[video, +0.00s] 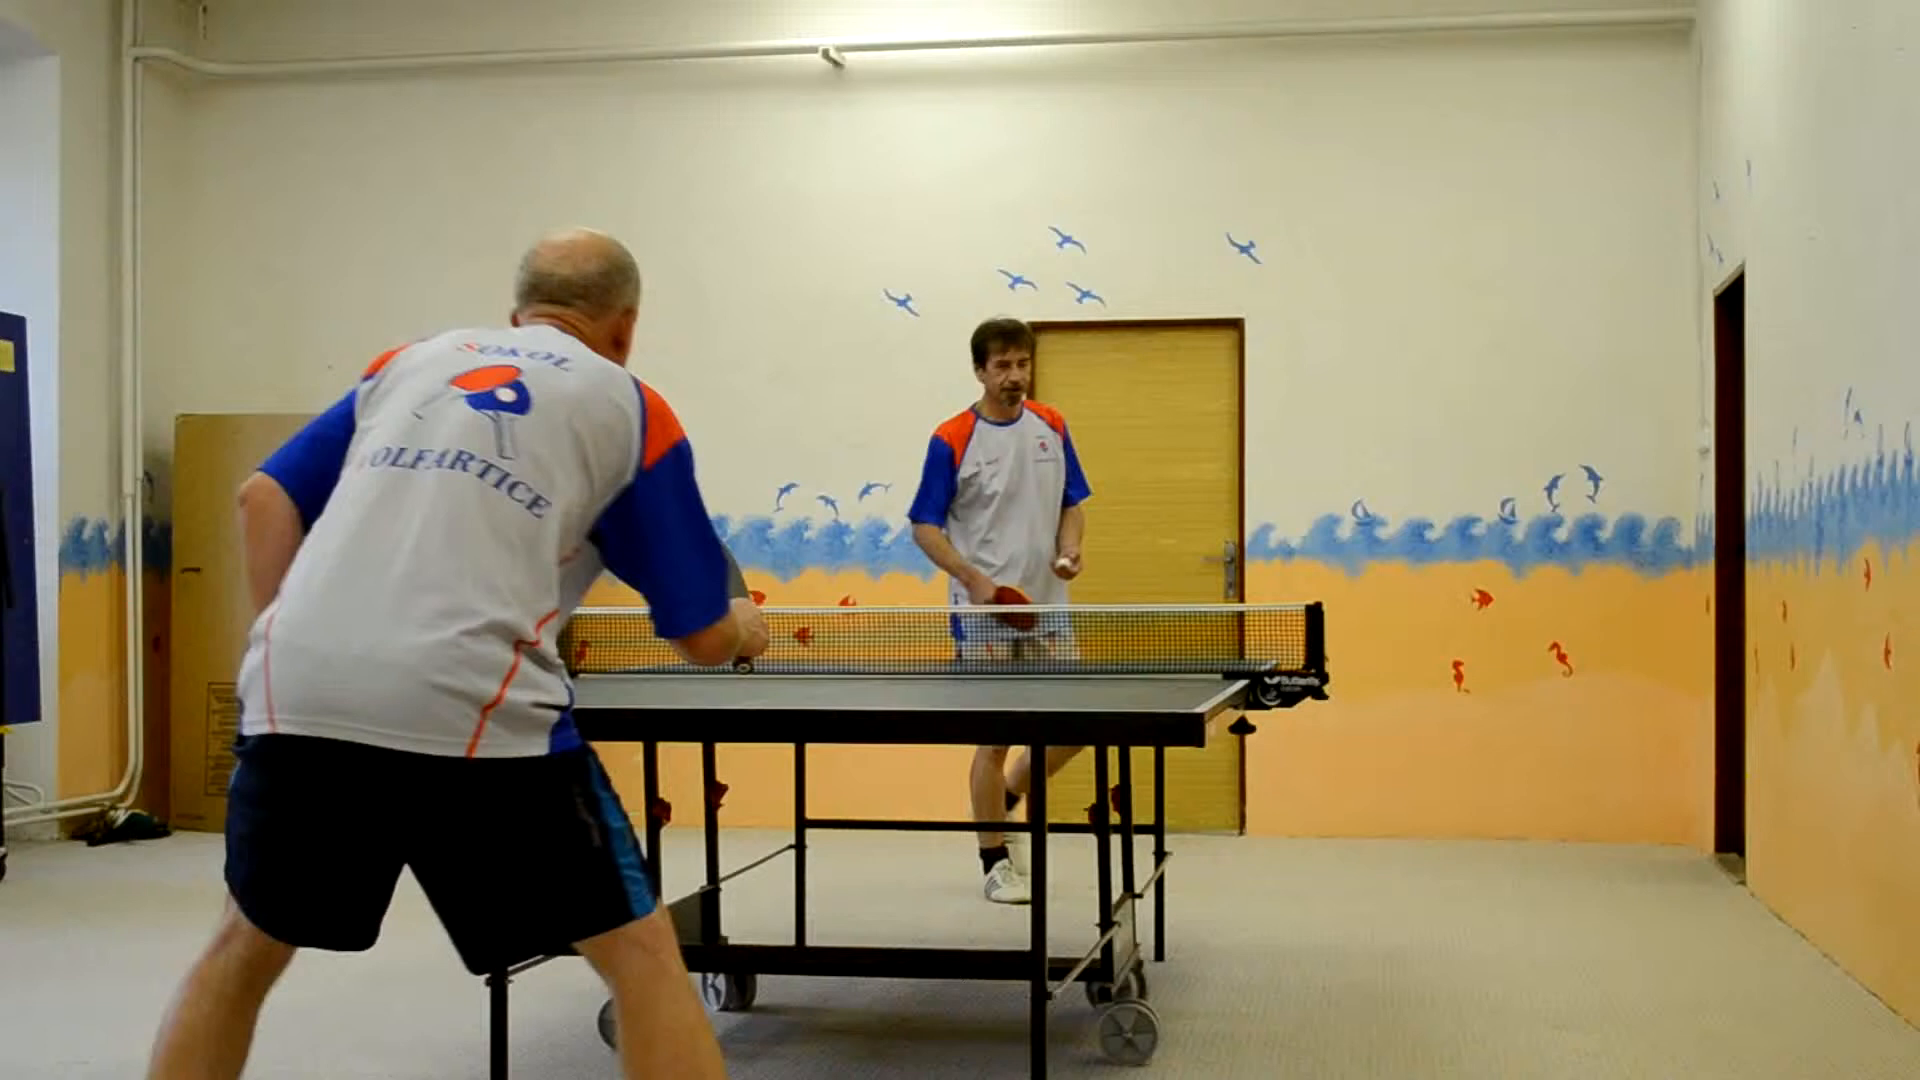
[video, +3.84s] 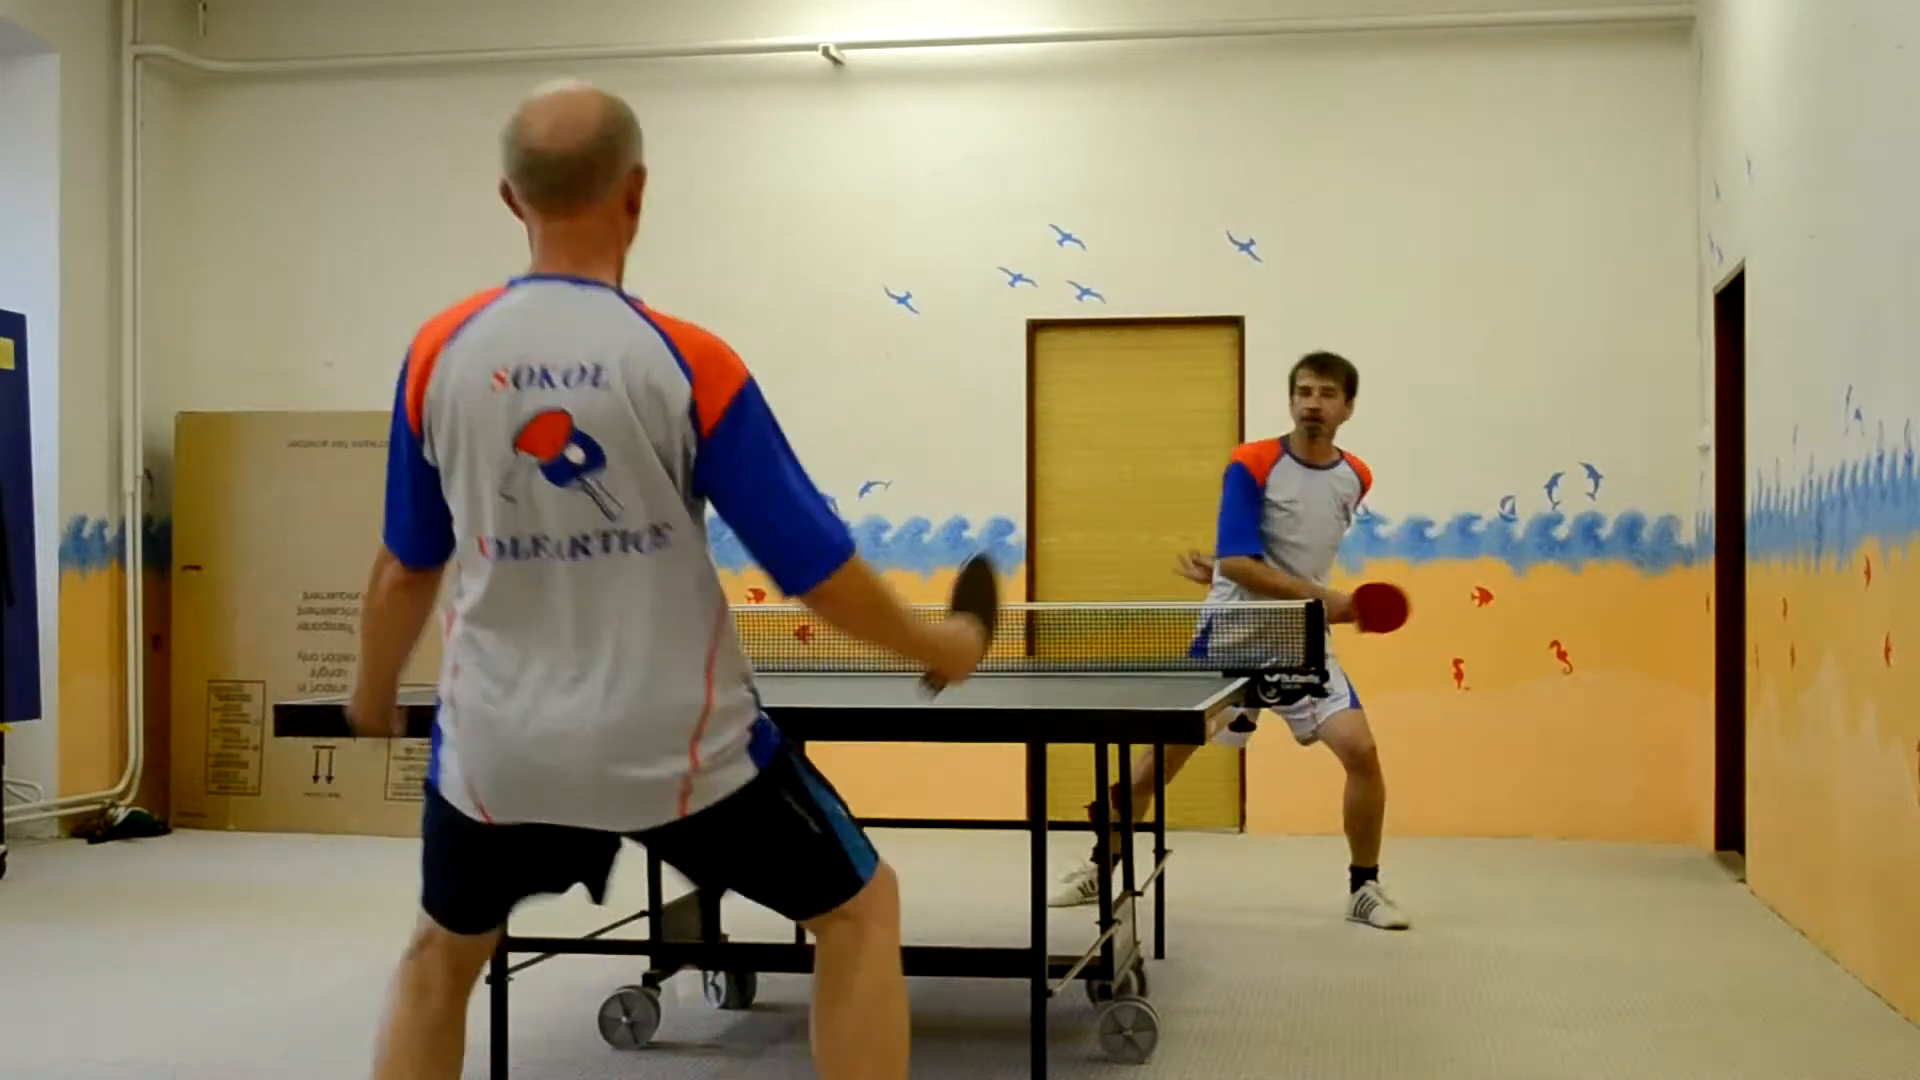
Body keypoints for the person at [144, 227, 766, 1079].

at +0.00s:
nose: (633, 343)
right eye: (634, 329)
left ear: (521, 310)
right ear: (622, 328)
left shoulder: (404, 364)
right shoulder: (630, 408)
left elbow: (269, 494)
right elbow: (707, 635)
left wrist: (288, 651)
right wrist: (742, 627)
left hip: (298, 700)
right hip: (481, 714)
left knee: (242, 948)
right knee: (640, 956)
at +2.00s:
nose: (761, 377)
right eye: (762, 364)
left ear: (645, 346)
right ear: (749, 362)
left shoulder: (533, 414)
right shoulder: (750, 453)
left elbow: (390, 545)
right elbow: (837, 681)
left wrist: (390, 715)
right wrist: (874, 692)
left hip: (427, 747)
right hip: (614, 754)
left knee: (300, 989)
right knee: (790, 964)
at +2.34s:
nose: (815, 338)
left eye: (813, 321)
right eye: (818, 322)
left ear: (705, 297)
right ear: (801, 320)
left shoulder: (574, 362)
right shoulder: (800, 447)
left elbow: (413, 476)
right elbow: (882, 627)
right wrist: (977, 644)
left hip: (486, 737)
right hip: (669, 750)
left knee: (395, 980)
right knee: (814, 934)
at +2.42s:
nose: (823, 361)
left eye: (826, 342)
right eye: (825, 343)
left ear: (714, 308)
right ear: (803, 340)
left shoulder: (574, 366)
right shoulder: (795, 471)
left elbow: (388, 437)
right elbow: (884, 637)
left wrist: (302, 494)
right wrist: (1012, 653)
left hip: (472, 746)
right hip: (657, 759)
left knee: (385, 981)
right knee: (810, 889)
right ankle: (871, 1078)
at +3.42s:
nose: (732, 364)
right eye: (733, 349)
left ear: (615, 332)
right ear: (725, 352)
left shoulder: (503, 410)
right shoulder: (722, 476)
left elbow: (331, 548)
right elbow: (834, 675)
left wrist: (277, 643)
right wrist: (950, 709)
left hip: (394, 780)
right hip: (582, 805)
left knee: (272, 990)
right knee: (743, 967)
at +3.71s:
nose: (703, 258)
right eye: (706, 242)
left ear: (586, 242)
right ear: (698, 250)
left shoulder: (482, 382)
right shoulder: (719, 417)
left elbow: (420, 596)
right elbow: (759, 656)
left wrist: (336, 778)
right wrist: (815, 696)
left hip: (509, 778)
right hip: (681, 782)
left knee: (431, 971)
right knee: (850, 934)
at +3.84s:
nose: (637, 197)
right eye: (640, 181)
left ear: (511, 198)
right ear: (636, 194)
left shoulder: (436, 358)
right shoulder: (691, 365)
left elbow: (406, 567)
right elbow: (817, 569)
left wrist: (371, 696)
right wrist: (925, 638)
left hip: (497, 753)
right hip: (679, 744)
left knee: (441, 954)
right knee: (857, 911)